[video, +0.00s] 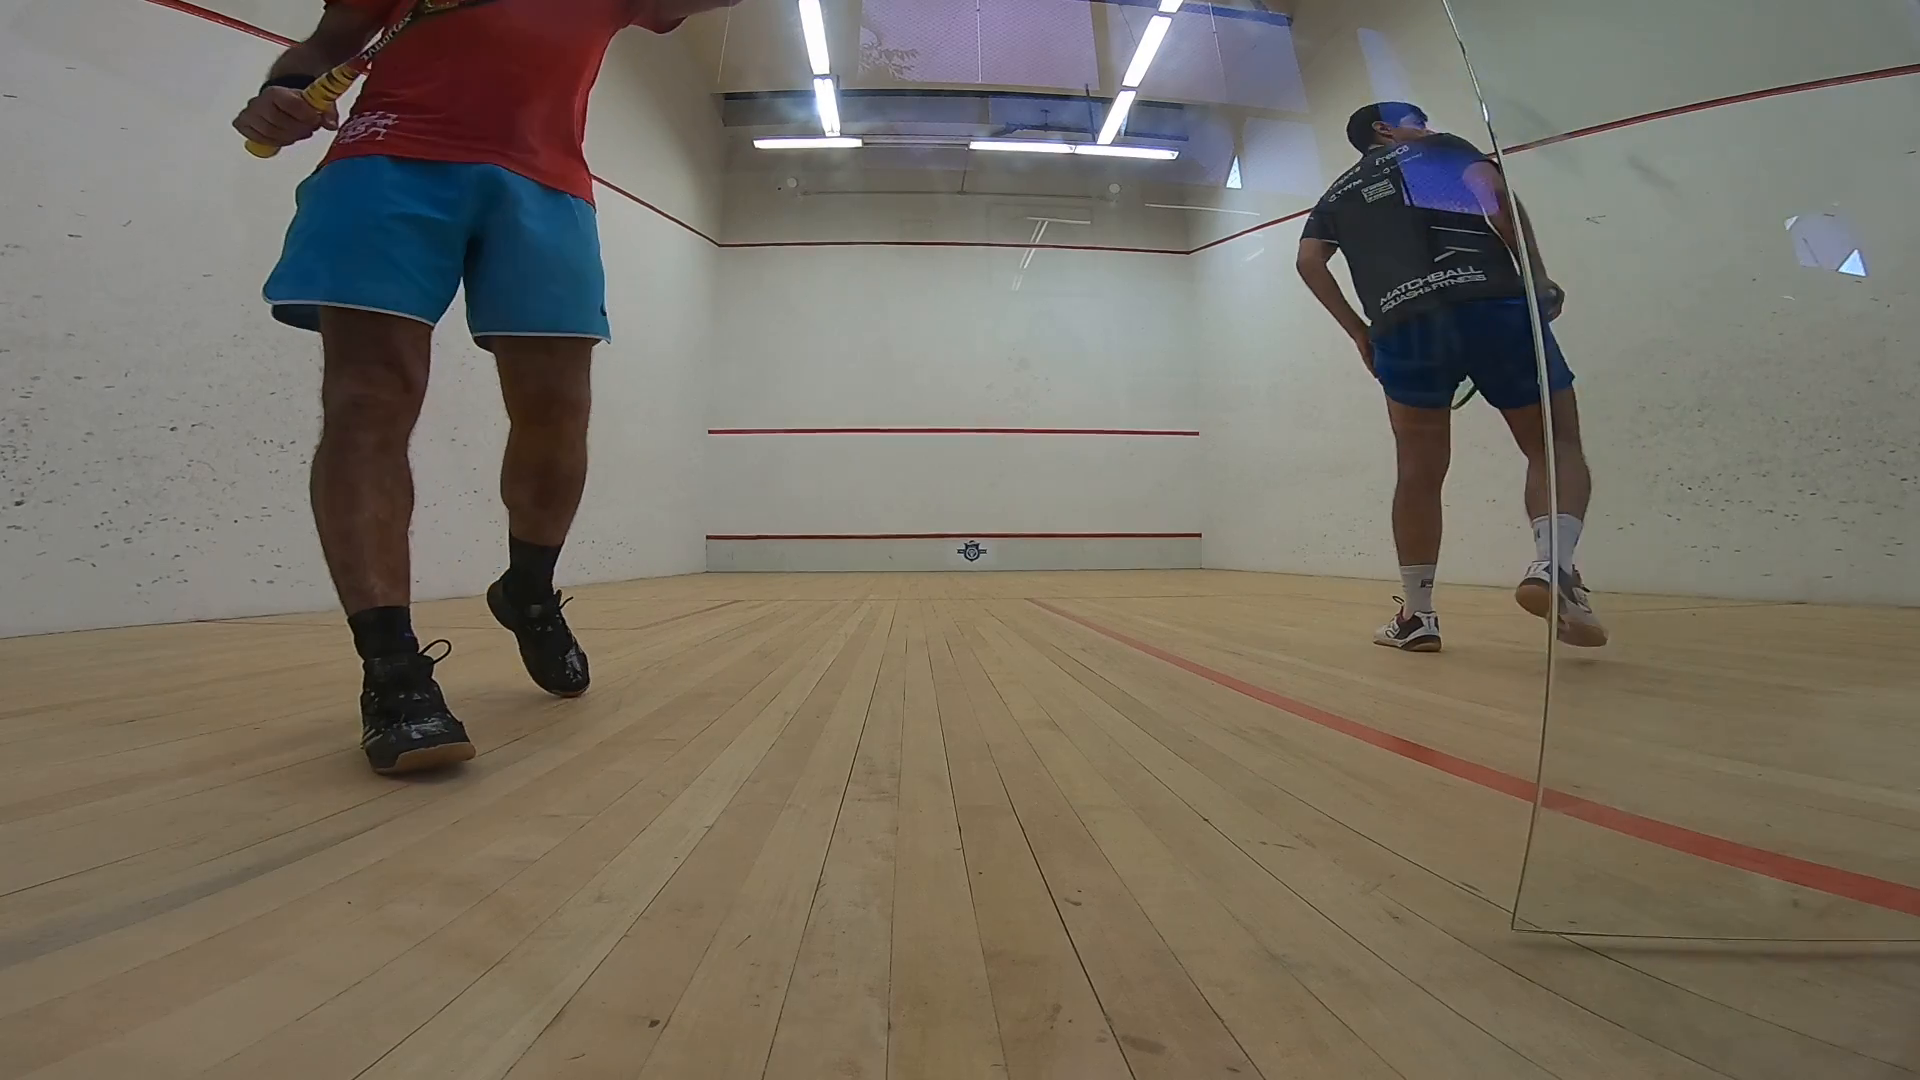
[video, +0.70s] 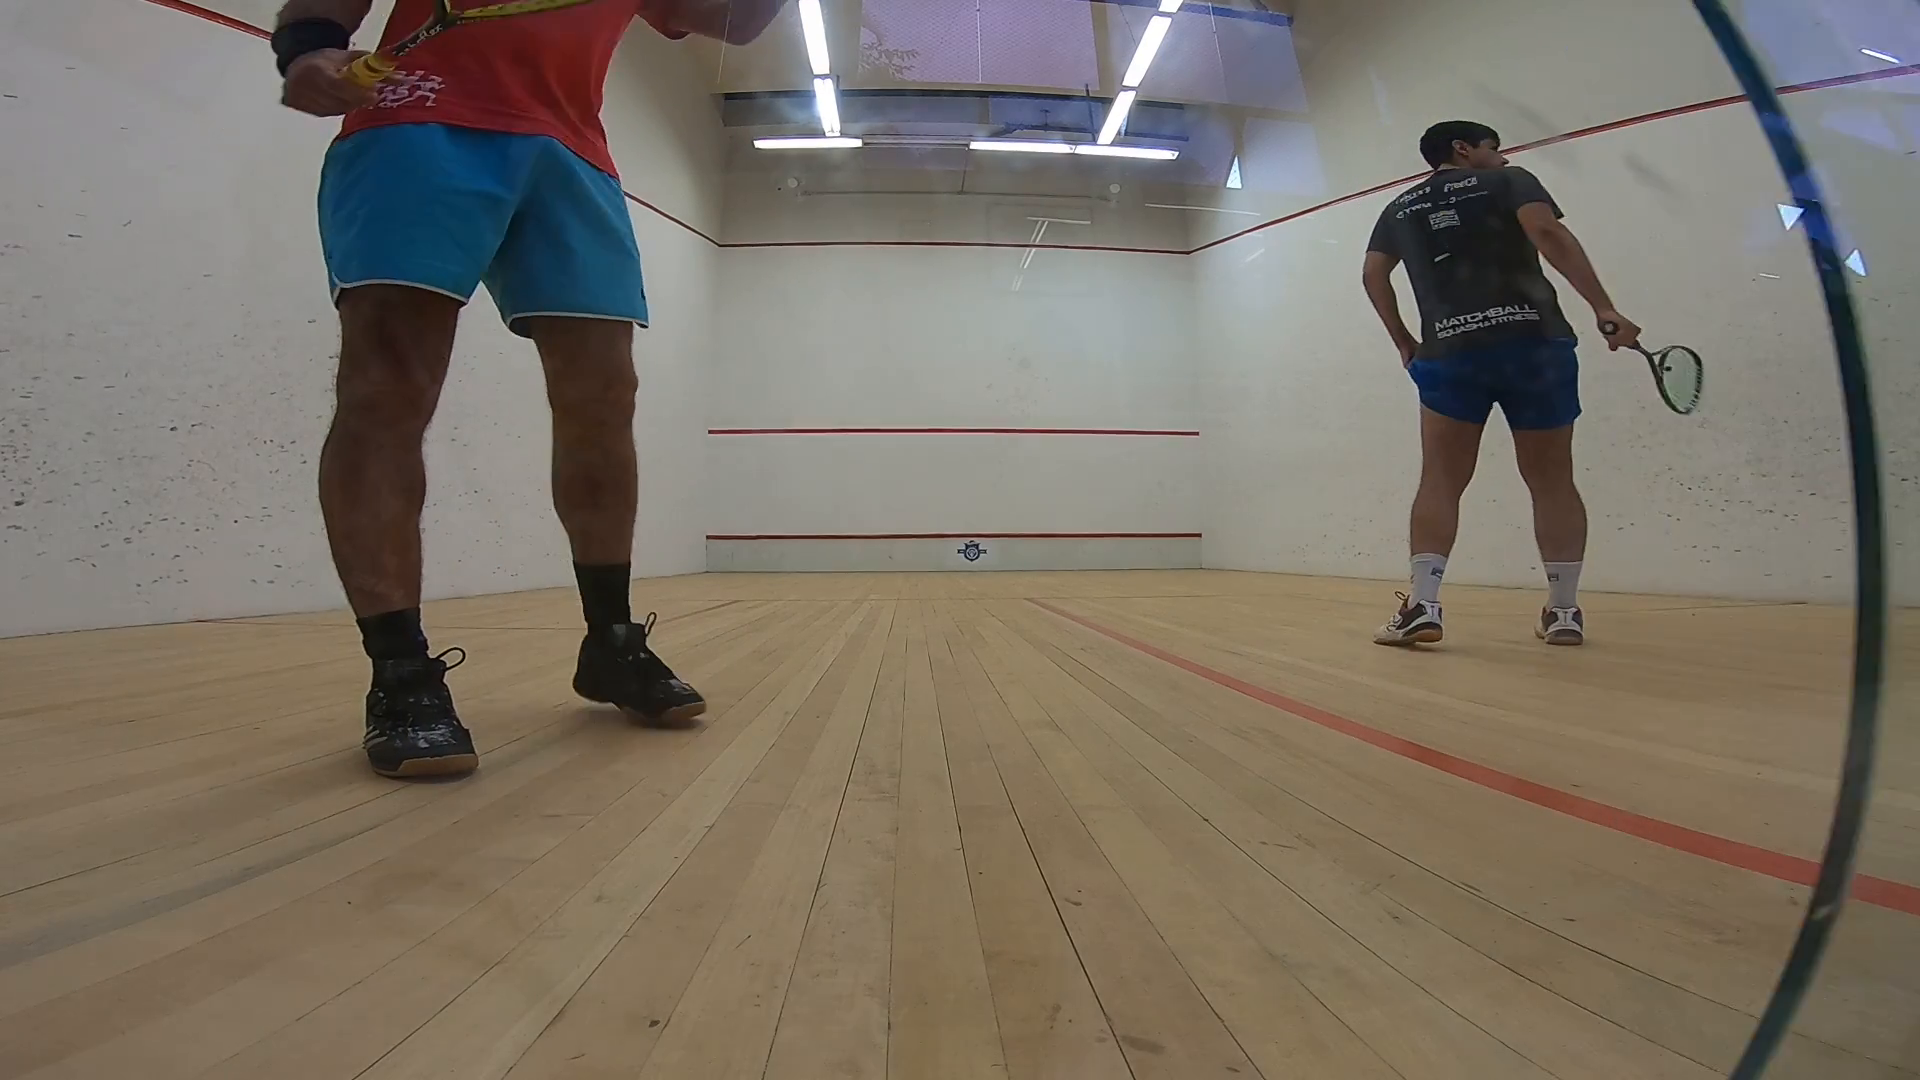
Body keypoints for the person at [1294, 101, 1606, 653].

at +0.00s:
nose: (1428, 128)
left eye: (1423, 122)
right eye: (1417, 121)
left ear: (1370, 138)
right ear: (1383, 129)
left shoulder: (1337, 193)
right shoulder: (1447, 147)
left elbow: (1309, 262)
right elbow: (1496, 197)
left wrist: (1357, 329)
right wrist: (1535, 275)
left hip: (1406, 327)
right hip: (1494, 308)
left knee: (1418, 474)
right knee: (1554, 441)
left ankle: (1418, 615)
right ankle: (1553, 565)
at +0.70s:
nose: (1501, 157)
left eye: (1498, 148)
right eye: (1493, 148)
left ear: (1440, 157)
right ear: (1463, 149)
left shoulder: (1398, 209)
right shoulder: (1508, 179)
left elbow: (1373, 275)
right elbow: (1546, 232)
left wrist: (1401, 338)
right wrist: (1603, 307)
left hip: (1449, 355)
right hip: (1533, 345)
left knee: (1440, 479)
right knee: (1551, 477)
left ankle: (1424, 605)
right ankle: (1563, 611)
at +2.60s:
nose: (1436, 176)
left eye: (1437, 167)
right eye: (1435, 168)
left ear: (1457, 158)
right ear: (1492, 161)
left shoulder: (1461, 182)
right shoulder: (1547, 201)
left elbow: (1491, 210)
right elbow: (1610, 269)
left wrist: (1458, 275)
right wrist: (1577, 333)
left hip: (1534, 340)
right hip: (1607, 338)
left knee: (1522, 472)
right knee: (1583, 467)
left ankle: (1579, 605)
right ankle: (1663, 590)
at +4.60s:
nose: (1436, 144)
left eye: (1445, 134)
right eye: (1437, 136)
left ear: (1480, 136)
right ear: (1494, 141)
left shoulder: (1471, 169)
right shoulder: (1552, 190)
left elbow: (1496, 227)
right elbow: (1608, 263)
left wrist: (1472, 315)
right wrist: (1584, 331)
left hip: (1523, 336)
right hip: (1595, 339)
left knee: (1502, 466)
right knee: (1590, 467)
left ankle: (1530, 614)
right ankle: (1657, 611)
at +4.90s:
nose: (1413, 144)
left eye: (1421, 134)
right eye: (1414, 136)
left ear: (1454, 133)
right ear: (1476, 139)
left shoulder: (1453, 168)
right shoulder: (1529, 186)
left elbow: (1467, 226)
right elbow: (1581, 265)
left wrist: (1446, 310)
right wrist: (1546, 328)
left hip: (1500, 335)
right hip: (1575, 337)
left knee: (1489, 469)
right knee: (1572, 468)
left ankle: (1529, 616)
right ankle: (1655, 610)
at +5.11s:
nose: (1417, 142)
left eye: (1422, 132)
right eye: (1416, 133)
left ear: (1454, 125)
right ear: (1475, 128)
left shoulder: (1451, 159)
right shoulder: (1544, 178)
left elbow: (1461, 221)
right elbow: (1584, 253)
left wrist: (1439, 300)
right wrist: (1559, 319)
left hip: (1494, 326)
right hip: (1569, 329)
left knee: (1501, 462)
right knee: (1568, 462)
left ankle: (1526, 610)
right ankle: (1622, 600)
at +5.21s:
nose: (1425, 143)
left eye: (1431, 133)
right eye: (1427, 134)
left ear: (1460, 132)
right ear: (1484, 137)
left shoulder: (1455, 169)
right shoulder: (1552, 185)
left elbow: (1459, 231)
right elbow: (1597, 263)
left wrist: (1438, 300)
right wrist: (1571, 328)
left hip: (1497, 331)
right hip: (1576, 336)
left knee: (1488, 468)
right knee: (1562, 467)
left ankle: (1527, 610)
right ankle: (1611, 606)